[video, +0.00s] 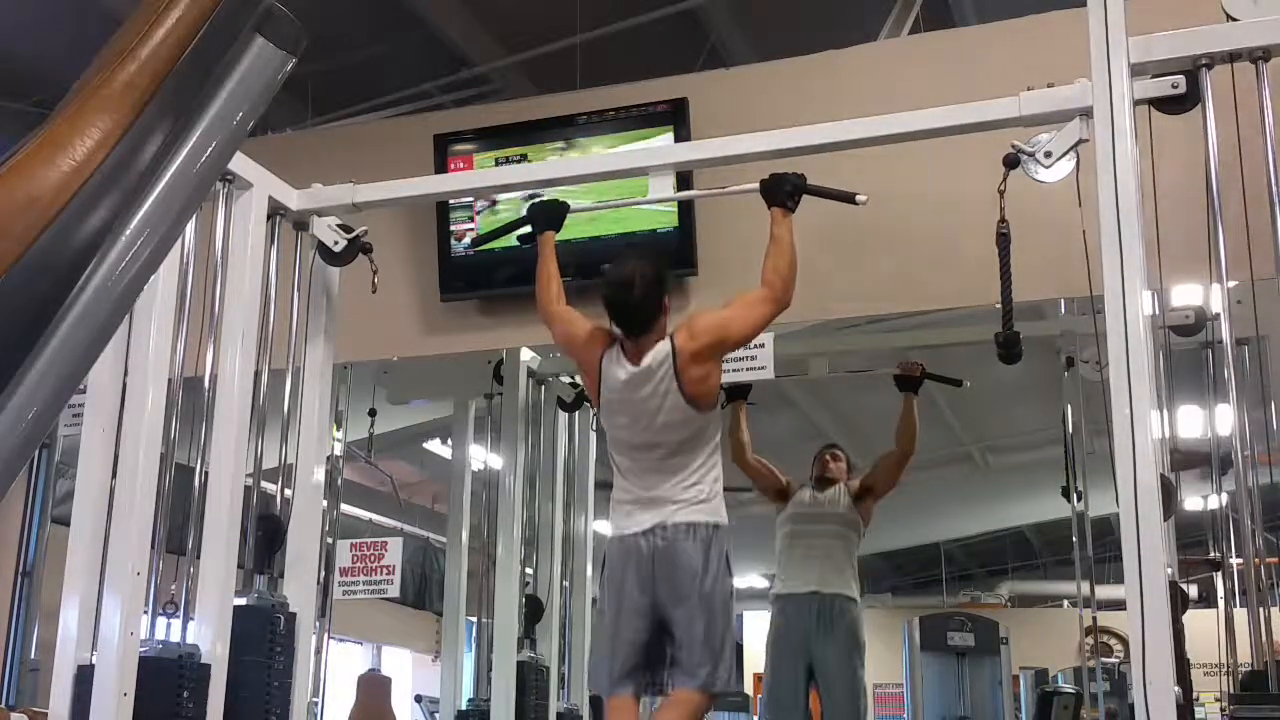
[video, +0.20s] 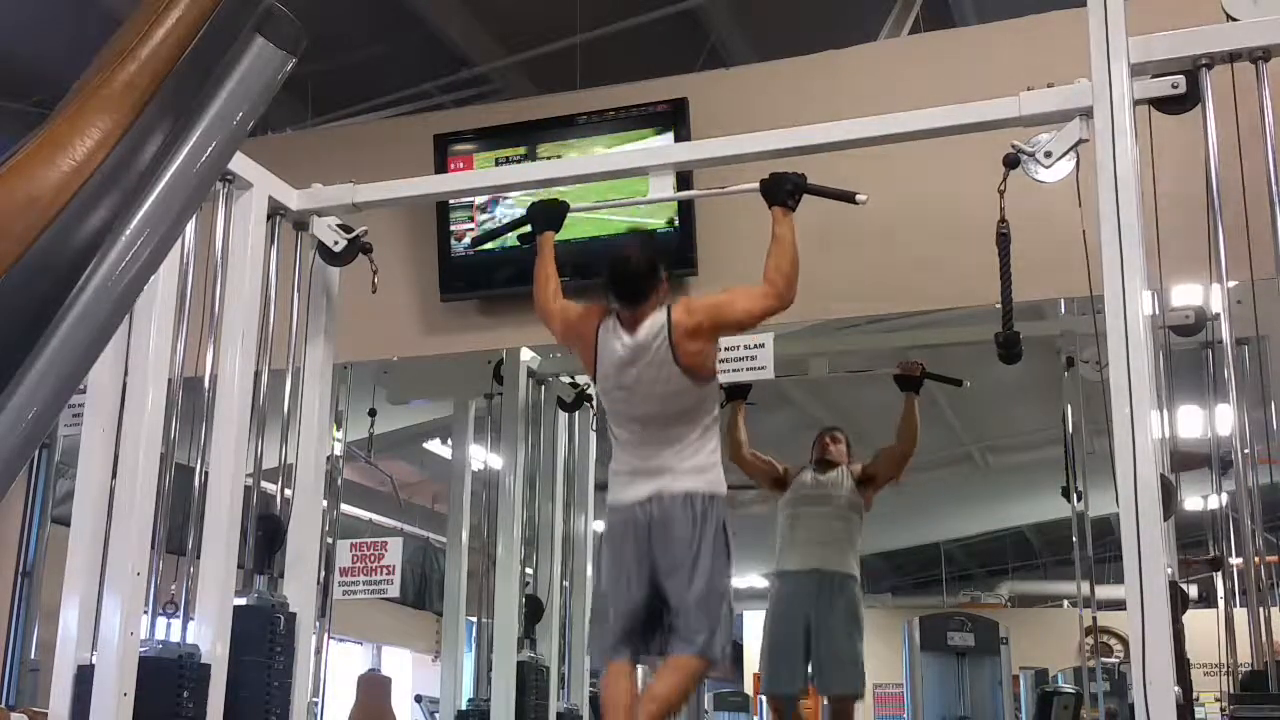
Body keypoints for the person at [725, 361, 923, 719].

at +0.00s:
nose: (827, 459)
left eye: (836, 457)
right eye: (821, 457)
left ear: (847, 471)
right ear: (811, 470)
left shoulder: (859, 495)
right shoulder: (787, 493)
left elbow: (903, 451)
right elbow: (743, 458)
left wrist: (909, 395)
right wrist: (737, 401)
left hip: (840, 606)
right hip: (788, 606)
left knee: (845, 705)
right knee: (782, 703)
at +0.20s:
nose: (828, 443)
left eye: (836, 440)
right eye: (822, 440)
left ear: (848, 453)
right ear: (811, 452)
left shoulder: (860, 478)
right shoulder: (789, 478)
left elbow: (904, 448)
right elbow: (740, 455)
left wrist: (910, 394)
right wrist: (736, 402)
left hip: (840, 585)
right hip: (789, 584)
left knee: (843, 690)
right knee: (779, 690)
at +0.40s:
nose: (827, 400)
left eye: (835, 398)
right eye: (820, 398)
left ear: (847, 413)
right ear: (812, 413)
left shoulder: (860, 439)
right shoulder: (791, 442)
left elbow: (908, 448)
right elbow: (741, 451)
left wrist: (912, 393)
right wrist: (736, 402)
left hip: (841, 542)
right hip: (792, 542)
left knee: (845, 648)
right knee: (782, 642)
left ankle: (831, 716)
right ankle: (811, 713)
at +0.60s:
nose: (821, 383)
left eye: (828, 377)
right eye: (815, 378)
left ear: (843, 383)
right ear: (805, 382)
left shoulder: (861, 409)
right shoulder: (789, 413)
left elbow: (906, 446)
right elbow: (747, 450)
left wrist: (912, 393)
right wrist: (738, 402)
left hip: (844, 511)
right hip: (796, 513)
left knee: (848, 616)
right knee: (794, 616)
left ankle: (838, 709)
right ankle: (833, 705)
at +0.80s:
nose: (824, 392)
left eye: (832, 389)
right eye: (818, 390)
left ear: (846, 403)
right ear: (811, 402)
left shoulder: (861, 433)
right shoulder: (790, 434)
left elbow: (910, 447)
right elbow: (740, 450)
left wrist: (912, 393)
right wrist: (736, 404)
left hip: (845, 541)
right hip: (795, 543)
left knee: (856, 644)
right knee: (799, 644)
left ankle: (850, 716)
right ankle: (834, 714)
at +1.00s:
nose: (827, 442)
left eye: (835, 438)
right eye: (821, 438)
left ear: (849, 450)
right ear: (812, 450)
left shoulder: (859, 478)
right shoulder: (790, 478)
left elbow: (907, 450)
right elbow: (740, 456)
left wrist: (911, 394)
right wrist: (735, 401)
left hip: (842, 587)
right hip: (792, 588)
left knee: (855, 694)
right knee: (791, 696)